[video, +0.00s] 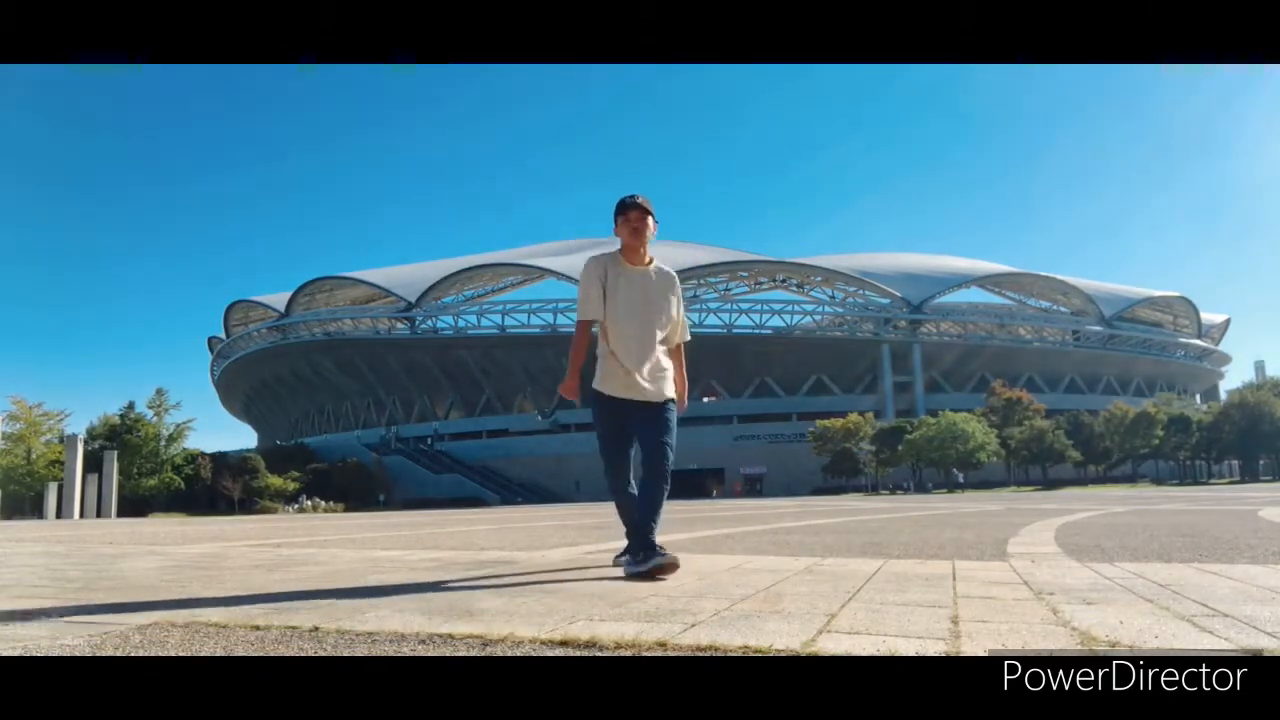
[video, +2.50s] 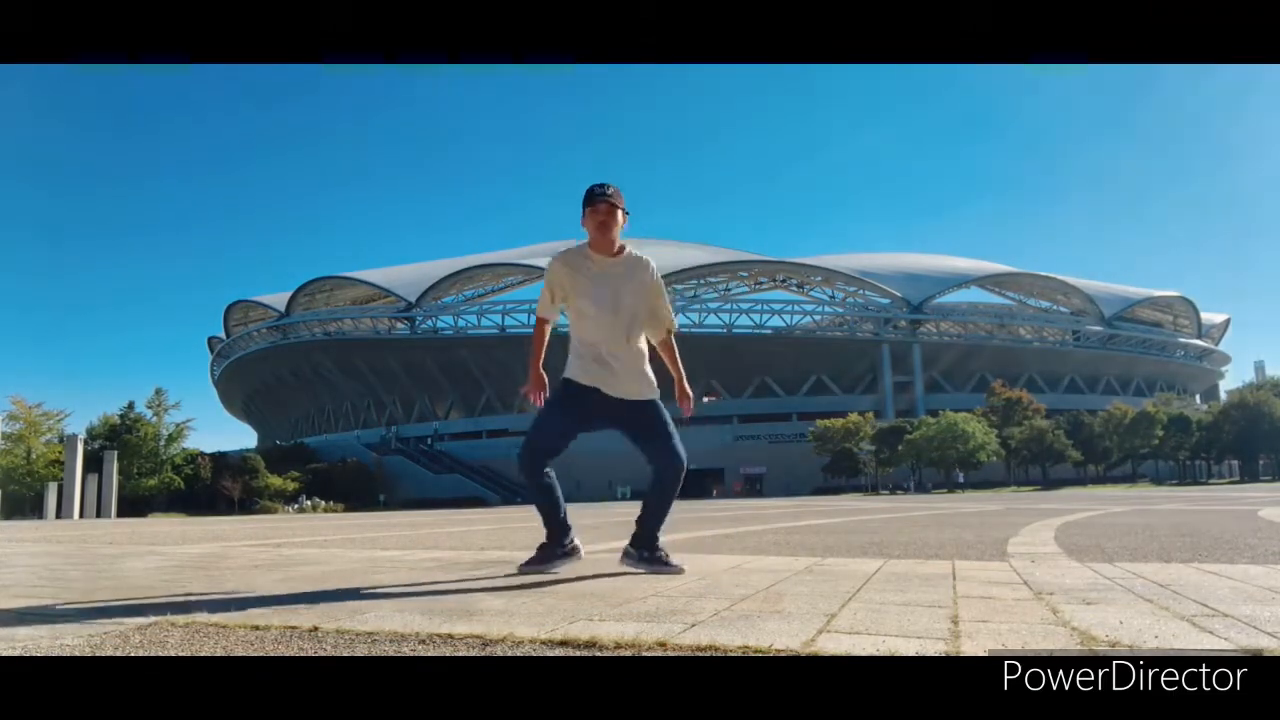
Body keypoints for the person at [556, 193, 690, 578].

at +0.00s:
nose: (637, 226)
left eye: (643, 220)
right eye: (629, 220)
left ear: (654, 227)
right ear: (616, 228)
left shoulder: (668, 279)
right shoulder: (599, 267)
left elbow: (675, 342)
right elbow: (585, 325)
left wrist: (681, 390)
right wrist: (573, 374)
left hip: (659, 390)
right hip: (612, 389)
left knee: (660, 469)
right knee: (618, 475)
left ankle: (639, 549)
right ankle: (644, 545)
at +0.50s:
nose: (637, 226)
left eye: (643, 220)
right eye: (631, 221)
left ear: (655, 226)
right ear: (620, 227)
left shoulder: (678, 270)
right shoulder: (605, 276)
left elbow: (699, 319)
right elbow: (600, 329)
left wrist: (706, 355)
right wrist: (595, 375)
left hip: (678, 380)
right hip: (629, 382)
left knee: (687, 457)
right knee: (632, 467)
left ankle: (694, 538)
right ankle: (638, 542)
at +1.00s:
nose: (677, 230)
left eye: (683, 223)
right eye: (669, 224)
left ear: (694, 228)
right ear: (656, 230)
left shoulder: (715, 270)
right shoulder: (643, 273)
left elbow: (719, 319)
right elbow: (605, 311)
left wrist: (700, 355)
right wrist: (604, 362)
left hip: (702, 378)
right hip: (661, 362)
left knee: (702, 468)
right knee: (629, 410)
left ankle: (692, 548)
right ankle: (572, 442)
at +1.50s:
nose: (678, 226)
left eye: (684, 220)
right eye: (670, 220)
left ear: (694, 225)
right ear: (657, 227)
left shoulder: (714, 270)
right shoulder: (638, 267)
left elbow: (744, 310)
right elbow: (589, 295)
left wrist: (766, 350)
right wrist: (559, 329)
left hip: (703, 363)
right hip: (659, 354)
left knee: (708, 458)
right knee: (667, 388)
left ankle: (685, 541)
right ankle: (679, 440)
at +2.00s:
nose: (641, 232)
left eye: (649, 225)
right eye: (634, 226)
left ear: (662, 230)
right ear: (623, 231)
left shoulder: (682, 271)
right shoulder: (605, 272)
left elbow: (704, 329)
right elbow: (612, 325)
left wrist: (725, 371)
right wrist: (625, 362)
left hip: (680, 391)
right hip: (627, 386)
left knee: (720, 455)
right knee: (567, 443)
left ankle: (681, 540)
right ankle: (593, 531)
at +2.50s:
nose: (604, 215)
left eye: (611, 209)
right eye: (596, 209)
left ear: (623, 219)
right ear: (584, 219)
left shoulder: (643, 269)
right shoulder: (564, 265)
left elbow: (661, 331)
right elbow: (545, 319)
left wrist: (680, 380)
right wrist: (535, 369)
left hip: (636, 392)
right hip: (580, 389)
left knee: (673, 463)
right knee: (532, 457)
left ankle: (644, 545)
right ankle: (561, 541)